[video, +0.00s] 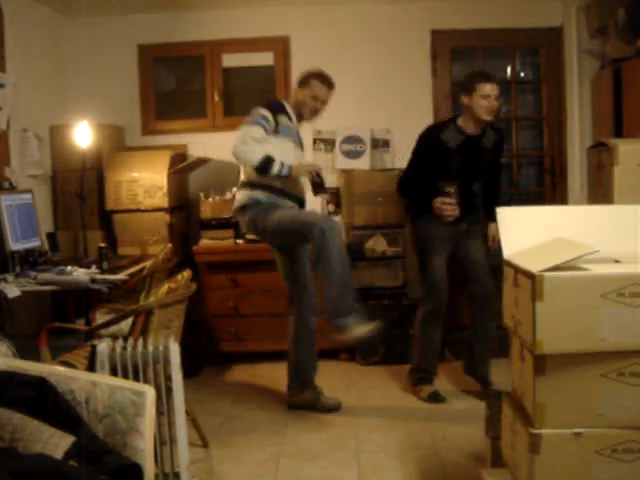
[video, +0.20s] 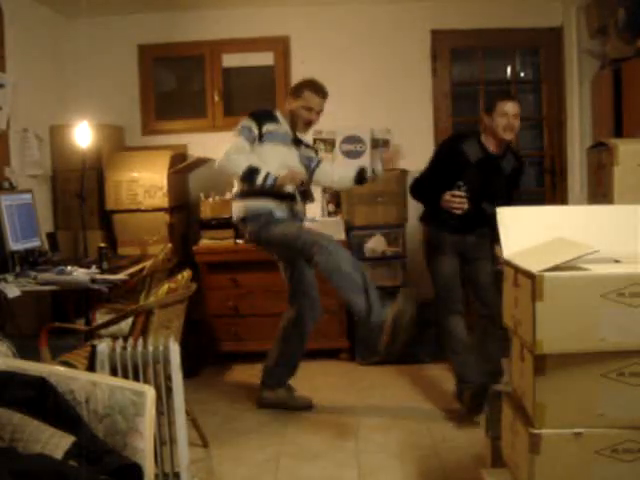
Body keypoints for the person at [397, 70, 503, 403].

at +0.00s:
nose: (493, 104)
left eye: (496, 98)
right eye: (486, 98)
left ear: (498, 102)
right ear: (465, 100)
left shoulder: (493, 138)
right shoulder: (435, 137)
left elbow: (493, 185)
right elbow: (407, 184)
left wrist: (493, 220)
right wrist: (430, 204)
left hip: (472, 224)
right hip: (434, 225)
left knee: (484, 291)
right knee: (437, 294)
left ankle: (479, 369)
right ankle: (423, 374)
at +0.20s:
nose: (511, 123)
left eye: (516, 117)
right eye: (504, 116)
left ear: (520, 122)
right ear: (486, 119)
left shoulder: (512, 163)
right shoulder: (457, 147)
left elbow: (509, 209)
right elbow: (419, 188)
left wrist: (505, 245)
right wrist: (440, 199)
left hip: (482, 240)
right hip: (444, 238)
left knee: (488, 309)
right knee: (453, 309)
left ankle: (487, 378)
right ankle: (468, 383)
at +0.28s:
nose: (511, 128)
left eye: (516, 122)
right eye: (504, 122)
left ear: (521, 128)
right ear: (488, 126)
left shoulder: (515, 169)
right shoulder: (459, 154)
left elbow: (512, 214)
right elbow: (420, 192)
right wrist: (440, 200)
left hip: (486, 245)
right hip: (448, 243)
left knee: (490, 313)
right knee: (459, 314)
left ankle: (490, 380)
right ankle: (476, 392)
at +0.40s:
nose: (488, 125)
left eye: (495, 119)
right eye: (483, 119)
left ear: (508, 124)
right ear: (476, 124)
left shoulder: (516, 168)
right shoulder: (456, 158)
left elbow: (523, 224)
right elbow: (422, 199)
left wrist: (511, 206)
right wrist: (439, 203)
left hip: (498, 250)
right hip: (458, 248)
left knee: (501, 315)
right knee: (471, 313)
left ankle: (493, 379)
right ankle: (477, 393)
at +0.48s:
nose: (462, 101)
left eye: (469, 95)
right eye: (459, 96)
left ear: (489, 99)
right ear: (456, 102)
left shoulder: (510, 141)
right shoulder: (447, 140)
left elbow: (527, 189)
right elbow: (422, 189)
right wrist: (434, 197)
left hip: (499, 233)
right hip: (457, 234)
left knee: (497, 303)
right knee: (464, 303)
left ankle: (493, 372)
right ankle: (473, 375)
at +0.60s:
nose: (443, 93)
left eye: (449, 85)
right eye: (439, 87)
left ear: (468, 85)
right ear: (437, 92)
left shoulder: (496, 120)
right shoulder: (438, 132)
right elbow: (428, 175)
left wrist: (475, 111)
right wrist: (429, 191)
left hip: (495, 222)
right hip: (457, 223)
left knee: (495, 299)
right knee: (459, 300)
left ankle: (495, 368)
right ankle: (465, 373)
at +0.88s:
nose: (414, 108)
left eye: (419, 102)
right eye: (413, 102)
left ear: (439, 102)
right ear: (429, 105)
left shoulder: (467, 135)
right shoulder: (441, 146)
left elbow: (494, 183)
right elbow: (446, 198)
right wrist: (418, 203)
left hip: (488, 234)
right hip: (465, 235)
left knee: (458, 302)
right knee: (457, 304)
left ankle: (498, 373)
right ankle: (474, 383)